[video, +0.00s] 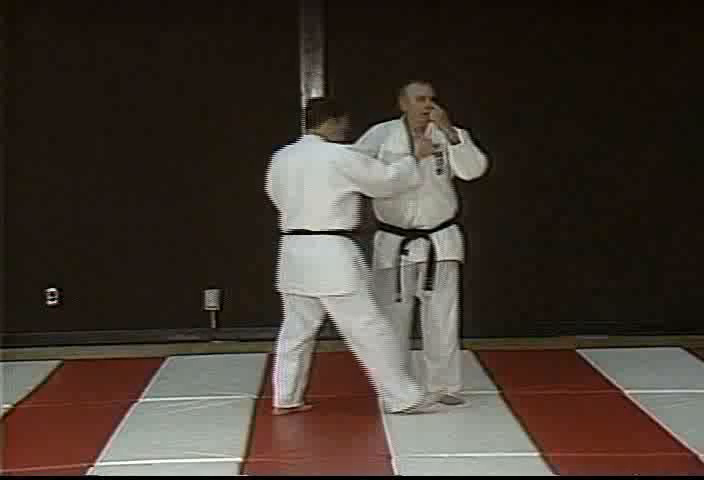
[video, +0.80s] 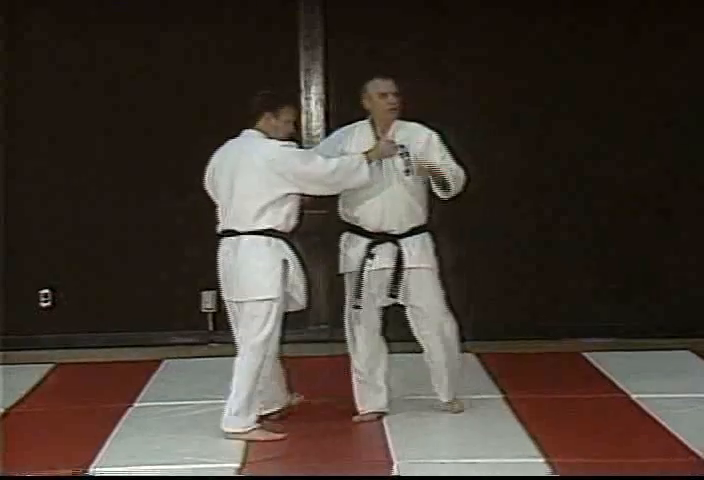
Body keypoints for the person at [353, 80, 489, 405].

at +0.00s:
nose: (427, 106)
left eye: (431, 100)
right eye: (420, 100)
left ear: (436, 104)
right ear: (403, 104)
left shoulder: (449, 136)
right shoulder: (381, 135)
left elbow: (474, 170)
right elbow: (351, 170)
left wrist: (450, 133)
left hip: (441, 237)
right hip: (394, 238)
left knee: (442, 315)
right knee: (393, 316)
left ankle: (444, 387)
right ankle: (392, 387)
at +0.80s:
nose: (392, 101)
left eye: (395, 95)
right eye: (383, 95)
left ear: (400, 100)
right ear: (366, 101)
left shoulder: (419, 137)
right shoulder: (345, 139)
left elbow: (455, 180)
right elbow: (308, 169)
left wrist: (435, 173)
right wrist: (362, 159)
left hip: (414, 243)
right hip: (363, 244)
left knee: (435, 319)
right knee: (362, 325)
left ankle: (448, 393)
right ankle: (370, 404)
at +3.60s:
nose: (361, 112)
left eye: (368, 106)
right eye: (357, 106)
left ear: (388, 102)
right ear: (352, 105)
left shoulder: (415, 135)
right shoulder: (340, 132)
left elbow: (435, 191)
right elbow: (293, 142)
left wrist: (426, 244)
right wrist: (245, 139)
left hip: (404, 248)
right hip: (353, 248)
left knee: (418, 334)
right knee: (358, 334)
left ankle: (427, 413)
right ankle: (373, 412)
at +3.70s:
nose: (363, 112)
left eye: (370, 105)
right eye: (358, 106)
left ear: (389, 102)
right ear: (353, 104)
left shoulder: (415, 136)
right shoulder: (342, 132)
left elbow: (435, 192)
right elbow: (295, 141)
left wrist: (426, 245)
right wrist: (246, 138)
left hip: (404, 248)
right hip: (355, 248)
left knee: (418, 333)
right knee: (358, 333)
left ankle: (429, 413)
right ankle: (373, 412)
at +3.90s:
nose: (365, 112)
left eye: (372, 105)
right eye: (360, 105)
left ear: (391, 102)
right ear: (355, 104)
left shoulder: (417, 136)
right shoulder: (343, 133)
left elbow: (436, 192)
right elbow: (295, 143)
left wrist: (428, 245)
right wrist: (244, 140)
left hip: (406, 247)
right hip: (355, 247)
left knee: (419, 328)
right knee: (359, 329)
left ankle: (430, 411)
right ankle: (373, 410)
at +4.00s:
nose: (365, 112)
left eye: (372, 106)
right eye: (360, 106)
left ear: (391, 102)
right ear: (355, 104)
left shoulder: (419, 137)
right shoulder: (344, 133)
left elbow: (438, 193)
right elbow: (295, 144)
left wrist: (429, 246)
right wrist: (243, 140)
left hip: (408, 247)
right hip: (357, 247)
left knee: (419, 327)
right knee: (360, 327)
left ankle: (429, 408)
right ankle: (372, 407)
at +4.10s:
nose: (366, 113)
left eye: (372, 106)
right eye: (361, 106)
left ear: (392, 103)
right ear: (356, 106)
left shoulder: (419, 137)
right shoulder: (345, 134)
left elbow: (439, 193)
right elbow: (298, 144)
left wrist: (430, 247)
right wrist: (249, 142)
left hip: (408, 248)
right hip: (358, 248)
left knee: (420, 329)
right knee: (361, 329)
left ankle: (428, 407)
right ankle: (372, 405)